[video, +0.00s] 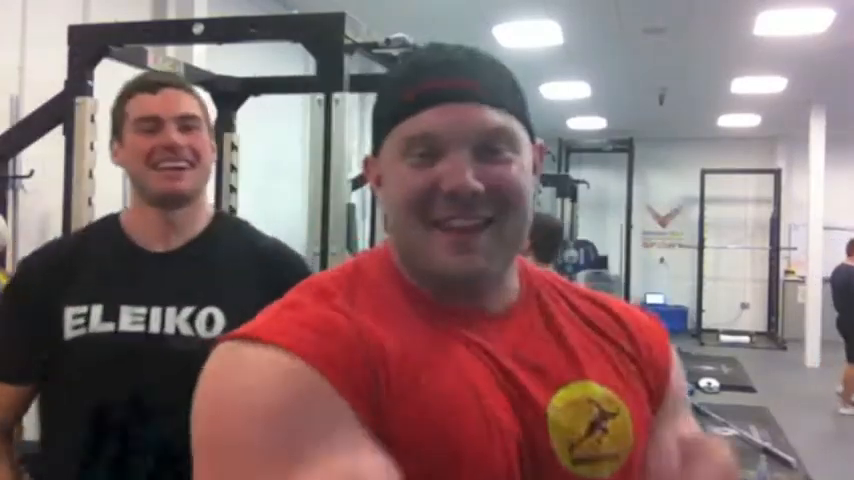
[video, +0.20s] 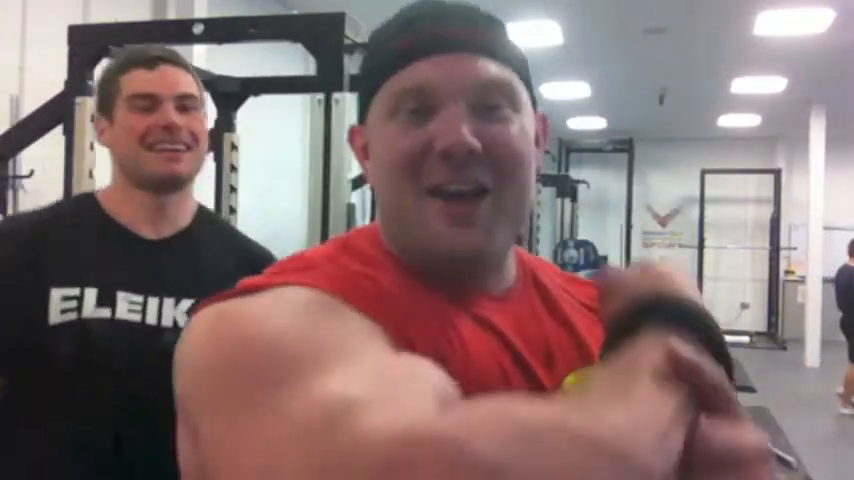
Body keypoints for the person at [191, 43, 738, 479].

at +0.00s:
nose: (462, 182)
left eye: (493, 150)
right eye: (424, 153)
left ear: (536, 165)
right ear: (374, 175)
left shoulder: (633, 342)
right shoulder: (275, 370)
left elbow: (694, 461)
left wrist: (712, 460)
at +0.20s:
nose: (458, 139)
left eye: (491, 109)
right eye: (416, 111)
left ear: (538, 140)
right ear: (362, 150)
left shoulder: (612, 314)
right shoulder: (261, 332)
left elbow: (732, 458)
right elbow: (625, 443)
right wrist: (662, 329)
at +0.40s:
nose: (455, 120)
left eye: (491, 91)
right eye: (409, 94)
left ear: (542, 130)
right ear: (354, 141)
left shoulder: (584, 285)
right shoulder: (248, 330)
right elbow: (460, 458)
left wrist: (728, 442)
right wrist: (625, 290)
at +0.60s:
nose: (449, 122)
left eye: (489, 86)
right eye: (402, 91)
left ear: (546, 126)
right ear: (348, 138)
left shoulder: (651, 308)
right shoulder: (235, 344)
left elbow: (817, 448)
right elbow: (401, 464)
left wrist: (798, 445)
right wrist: (740, 304)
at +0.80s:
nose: (447, 121)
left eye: (486, 83)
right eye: (399, 89)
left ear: (547, 120)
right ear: (343, 136)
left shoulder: (607, 293)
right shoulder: (221, 356)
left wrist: (765, 453)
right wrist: (646, 263)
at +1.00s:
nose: (461, 118)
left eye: (501, 78)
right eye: (410, 86)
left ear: (562, 113)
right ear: (352, 133)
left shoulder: (621, 291)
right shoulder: (227, 358)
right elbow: (619, 455)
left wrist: (800, 449)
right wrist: (655, 255)